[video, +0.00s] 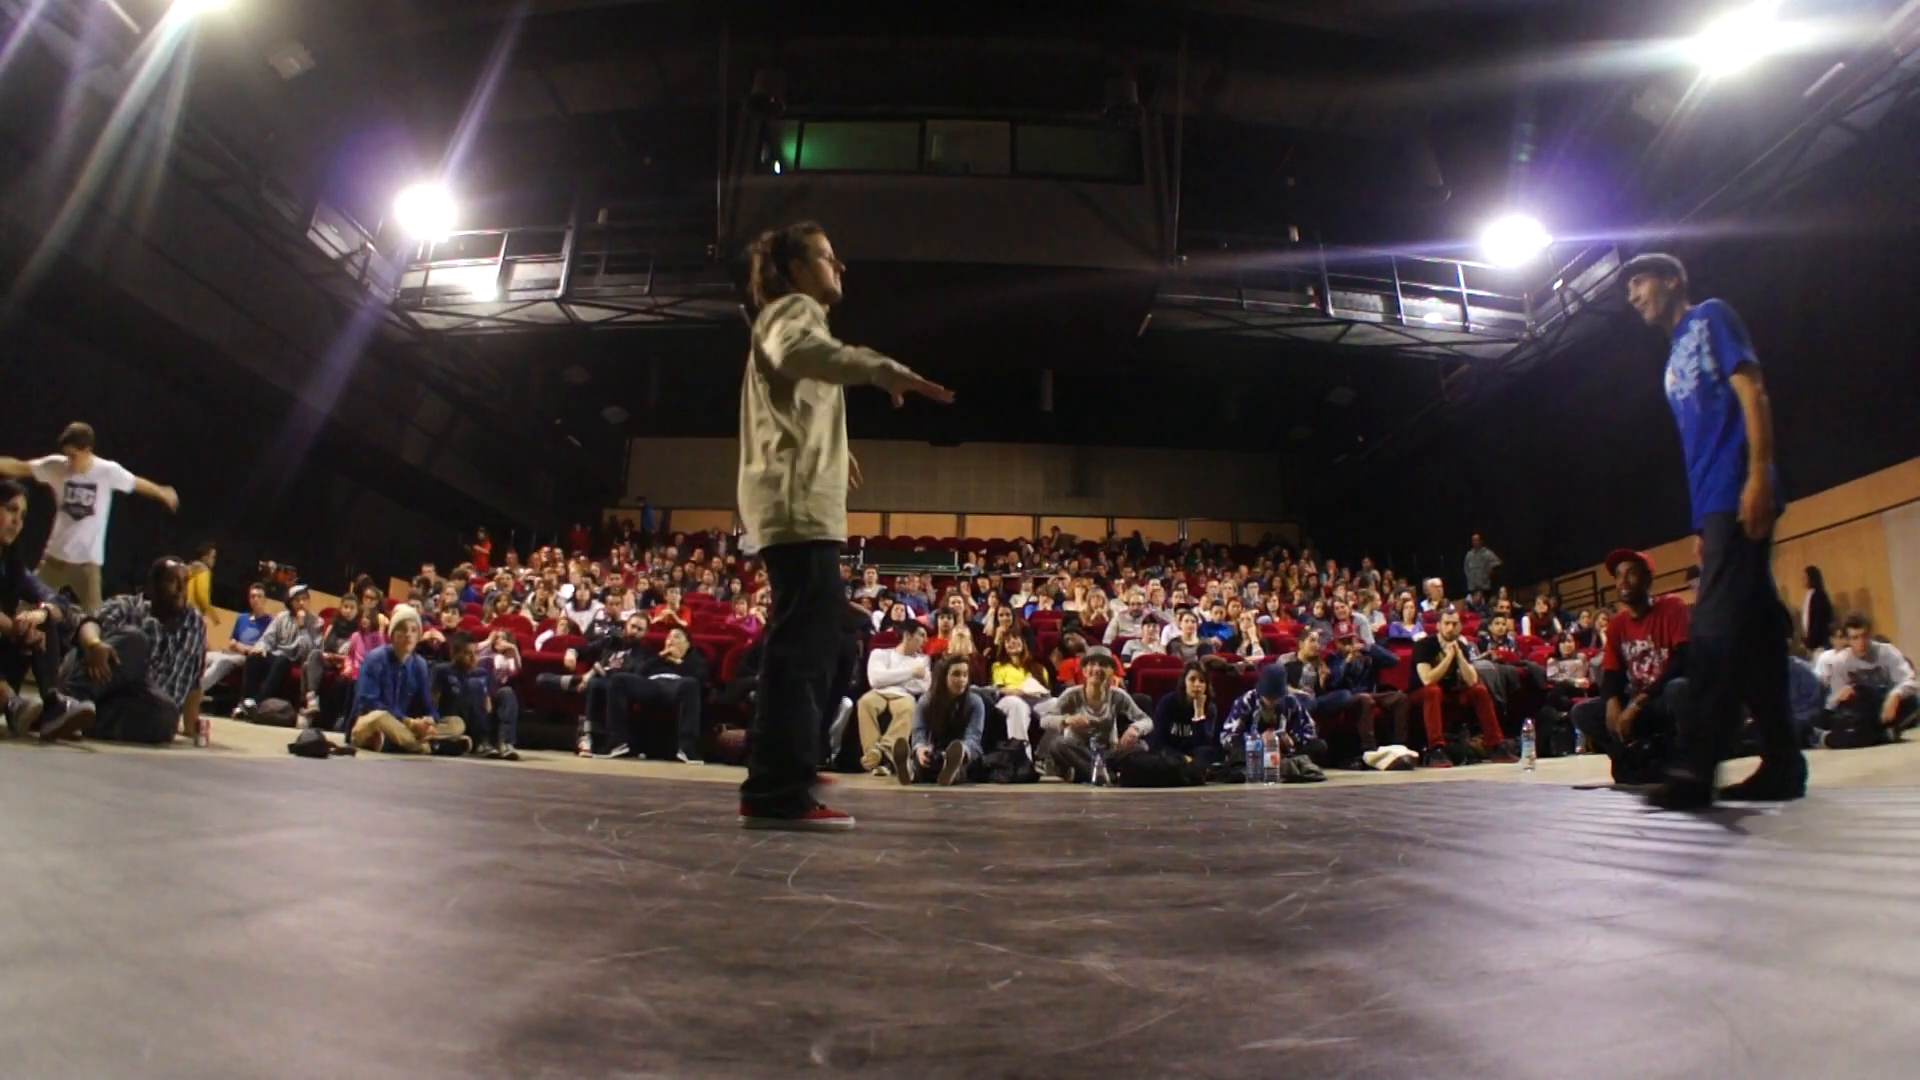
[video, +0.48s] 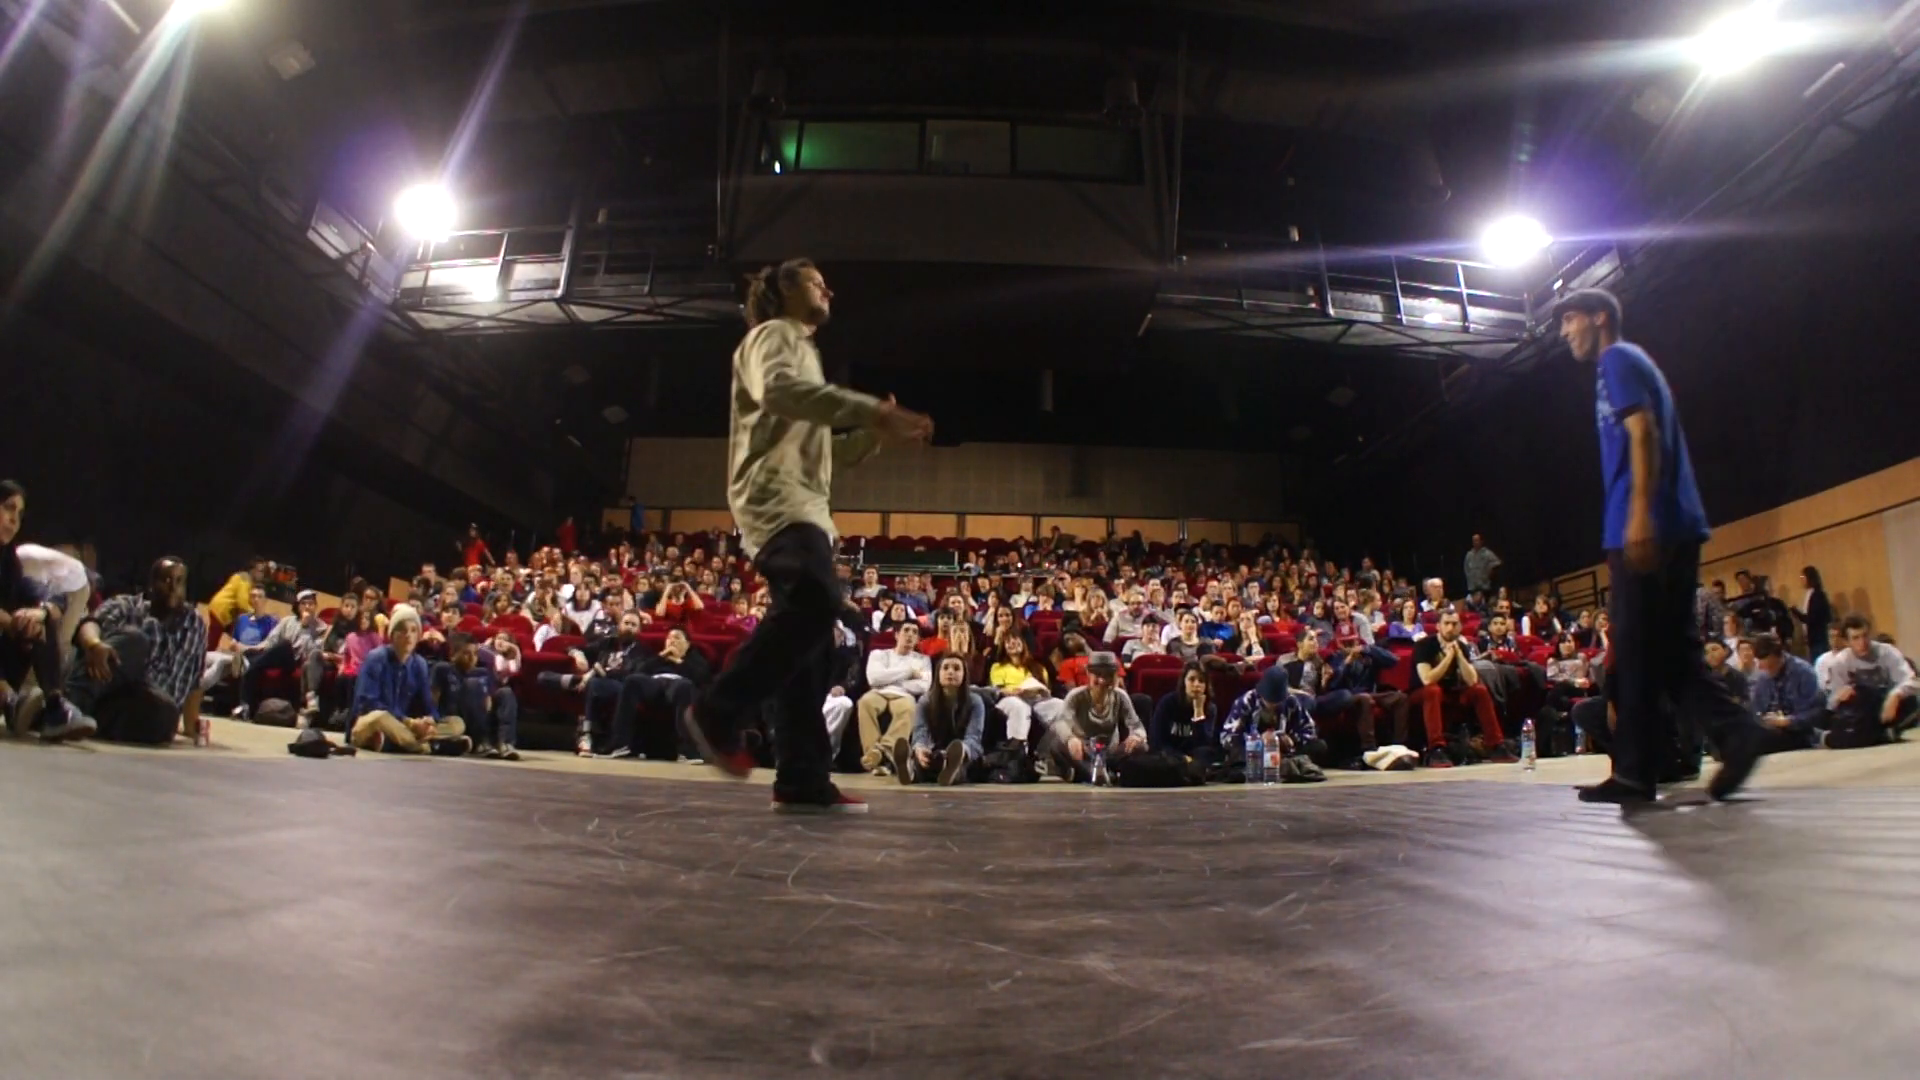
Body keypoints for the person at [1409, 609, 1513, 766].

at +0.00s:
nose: (1451, 628)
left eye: (1455, 624)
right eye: (1446, 624)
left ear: (1460, 627)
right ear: (1439, 626)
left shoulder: (1462, 646)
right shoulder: (1424, 645)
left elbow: (1472, 681)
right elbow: (1427, 678)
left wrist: (1459, 655)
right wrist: (1449, 656)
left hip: (1454, 692)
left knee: (1480, 691)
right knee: (1433, 691)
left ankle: (1497, 745)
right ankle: (1436, 748)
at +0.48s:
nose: (1451, 628)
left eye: (1455, 624)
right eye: (1446, 624)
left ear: (1460, 627)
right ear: (1438, 626)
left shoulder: (1462, 646)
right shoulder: (1424, 645)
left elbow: (1472, 681)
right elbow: (1427, 679)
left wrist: (1459, 654)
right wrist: (1449, 656)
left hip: (1454, 693)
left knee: (1480, 691)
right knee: (1433, 690)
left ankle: (1497, 745)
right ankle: (1436, 748)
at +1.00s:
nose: (1449, 627)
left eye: (1453, 623)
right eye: (1445, 623)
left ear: (1459, 627)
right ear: (1438, 626)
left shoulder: (1462, 646)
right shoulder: (1424, 645)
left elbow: (1471, 681)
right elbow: (1427, 678)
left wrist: (1459, 655)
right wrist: (1449, 657)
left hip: (1455, 692)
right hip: (1430, 693)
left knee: (1480, 691)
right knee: (1433, 691)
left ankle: (1497, 745)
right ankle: (1436, 748)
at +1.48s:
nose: (1444, 625)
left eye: (1448, 621)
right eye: (1441, 621)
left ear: (1456, 625)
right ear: (1436, 624)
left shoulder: (1462, 646)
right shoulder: (1424, 646)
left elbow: (1472, 681)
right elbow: (1427, 678)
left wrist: (1460, 654)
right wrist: (1451, 656)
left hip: (1454, 692)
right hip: (1428, 693)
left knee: (1480, 691)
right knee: (1433, 691)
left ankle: (1496, 745)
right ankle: (1437, 748)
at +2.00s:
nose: (1444, 627)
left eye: (1448, 623)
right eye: (1440, 623)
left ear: (1457, 626)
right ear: (1435, 625)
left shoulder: (1462, 646)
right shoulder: (1424, 646)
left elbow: (1471, 680)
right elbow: (1427, 679)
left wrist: (1458, 654)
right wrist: (1450, 654)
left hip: (1454, 691)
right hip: (1428, 692)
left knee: (1480, 691)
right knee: (1434, 691)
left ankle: (1496, 745)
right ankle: (1436, 748)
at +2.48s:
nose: (1443, 627)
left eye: (1448, 623)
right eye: (1440, 623)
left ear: (1457, 626)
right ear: (1435, 625)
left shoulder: (1463, 646)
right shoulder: (1424, 646)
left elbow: (1471, 681)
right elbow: (1427, 678)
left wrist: (1459, 655)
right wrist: (1450, 655)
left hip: (1454, 691)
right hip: (1429, 692)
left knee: (1480, 691)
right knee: (1434, 691)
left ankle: (1496, 745)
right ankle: (1436, 748)